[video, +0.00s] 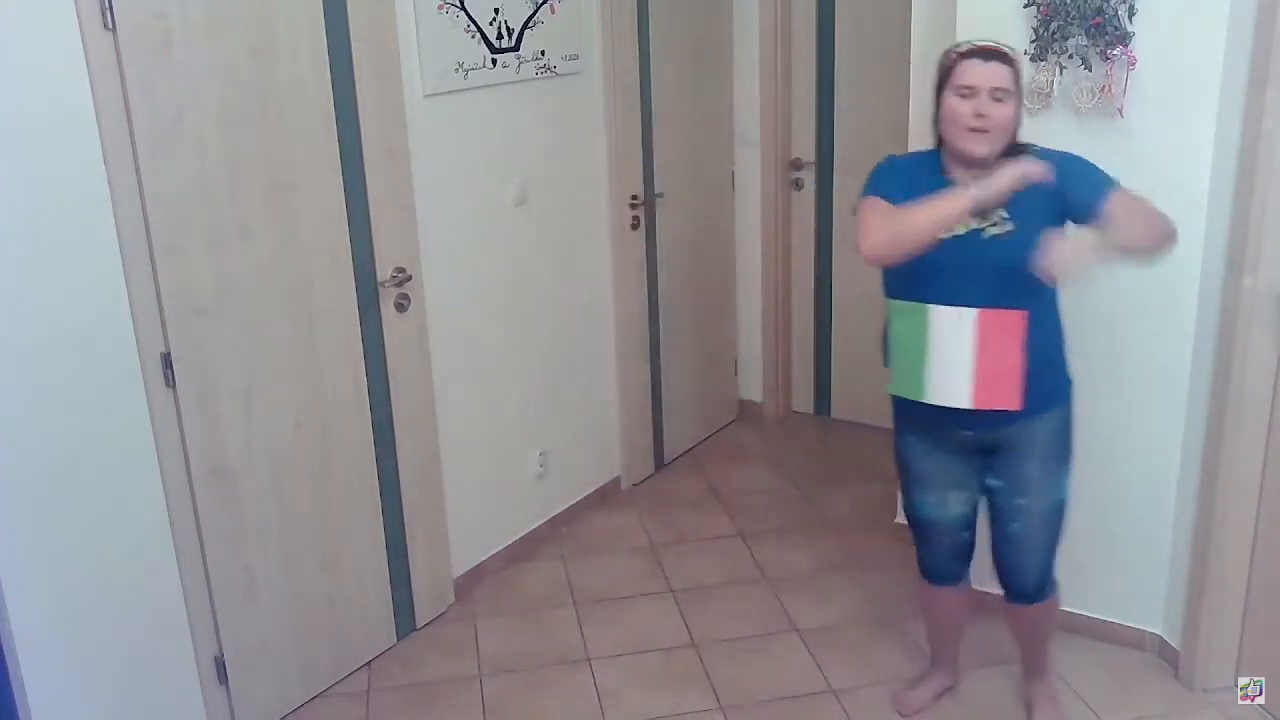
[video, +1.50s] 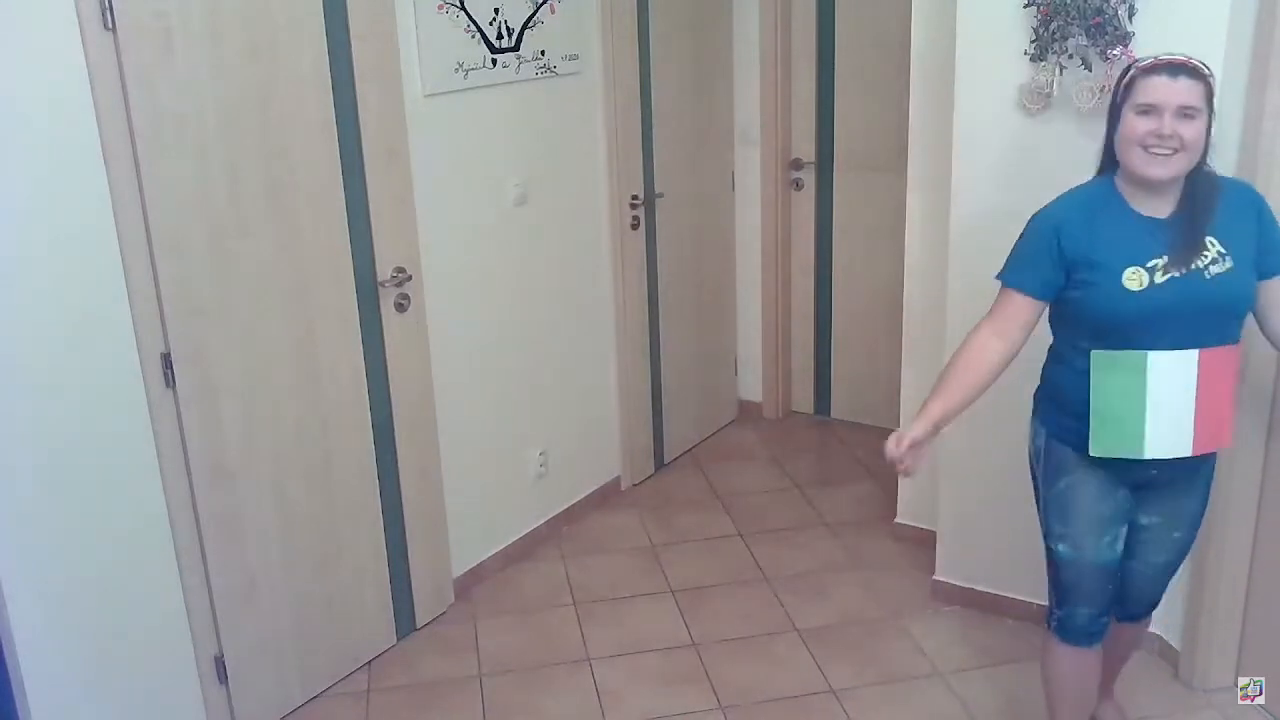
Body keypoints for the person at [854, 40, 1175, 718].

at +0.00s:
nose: (980, 110)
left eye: (998, 97)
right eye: (965, 94)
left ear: (1019, 112)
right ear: (938, 105)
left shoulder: (1051, 173)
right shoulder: (900, 175)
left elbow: (1156, 228)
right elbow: (873, 244)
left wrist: (1092, 241)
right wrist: (981, 193)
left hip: (1029, 413)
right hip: (930, 412)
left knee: (1028, 575)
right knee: (941, 563)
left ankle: (1038, 680)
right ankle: (944, 669)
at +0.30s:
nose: (1056, 152)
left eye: (1073, 135)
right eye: (1038, 135)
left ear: (1098, 134)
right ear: (1013, 135)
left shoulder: (1137, 206)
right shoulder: (967, 213)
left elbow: (1185, 316)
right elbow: (920, 317)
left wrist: (1246, 411)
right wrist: (899, 421)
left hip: (1102, 439)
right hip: (1001, 440)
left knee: (1064, 581)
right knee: (1006, 606)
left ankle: (1039, 679)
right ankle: (1004, 709)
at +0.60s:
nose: (1109, 198)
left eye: (1129, 178)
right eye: (1088, 181)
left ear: (1156, 185)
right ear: (1059, 191)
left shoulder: (1195, 259)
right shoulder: (1018, 283)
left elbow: (1241, 369)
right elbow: (948, 391)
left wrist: (1279, 438)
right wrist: (890, 486)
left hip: (1137, 465)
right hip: (1034, 468)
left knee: (1124, 615)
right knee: (1065, 632)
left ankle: (1049, 652)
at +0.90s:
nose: (1130, 249)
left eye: (1150, 230)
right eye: (1108, 231)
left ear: (1179, 239)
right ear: (1079, 242)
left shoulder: (1220, 313)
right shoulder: (1038, 338)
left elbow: (1264, 421)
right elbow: (973, 459)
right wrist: (917, 553)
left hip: (1159, 495)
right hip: (1052, 498)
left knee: (1159, 660)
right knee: (1091, 675)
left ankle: (1055, 689)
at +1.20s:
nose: (1149, 167)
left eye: (1169, 151)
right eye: (1127, 152)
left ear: (1196, 167)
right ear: (1097, 172)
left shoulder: (1239, 251)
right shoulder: (1056, 272)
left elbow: (1271, 358)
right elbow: (985, 385)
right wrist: (910, 478)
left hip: (1173, 467)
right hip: (1064, 469)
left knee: (1162, 622)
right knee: (1082, 636)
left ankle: (1083, 674)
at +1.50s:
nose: (1164, 129)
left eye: (1185, 115)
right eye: (1146, 112)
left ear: (1207, 131)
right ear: (1116, 124)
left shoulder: (1241, 211)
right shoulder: (1067, 221)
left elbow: (1277, 320)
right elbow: (1001, 330)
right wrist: (926, 422)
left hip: (1186, 453)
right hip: (1081, 450)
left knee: (1134, 609)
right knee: (1080, 620)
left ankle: (1101, 698)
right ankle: (1071, 717)